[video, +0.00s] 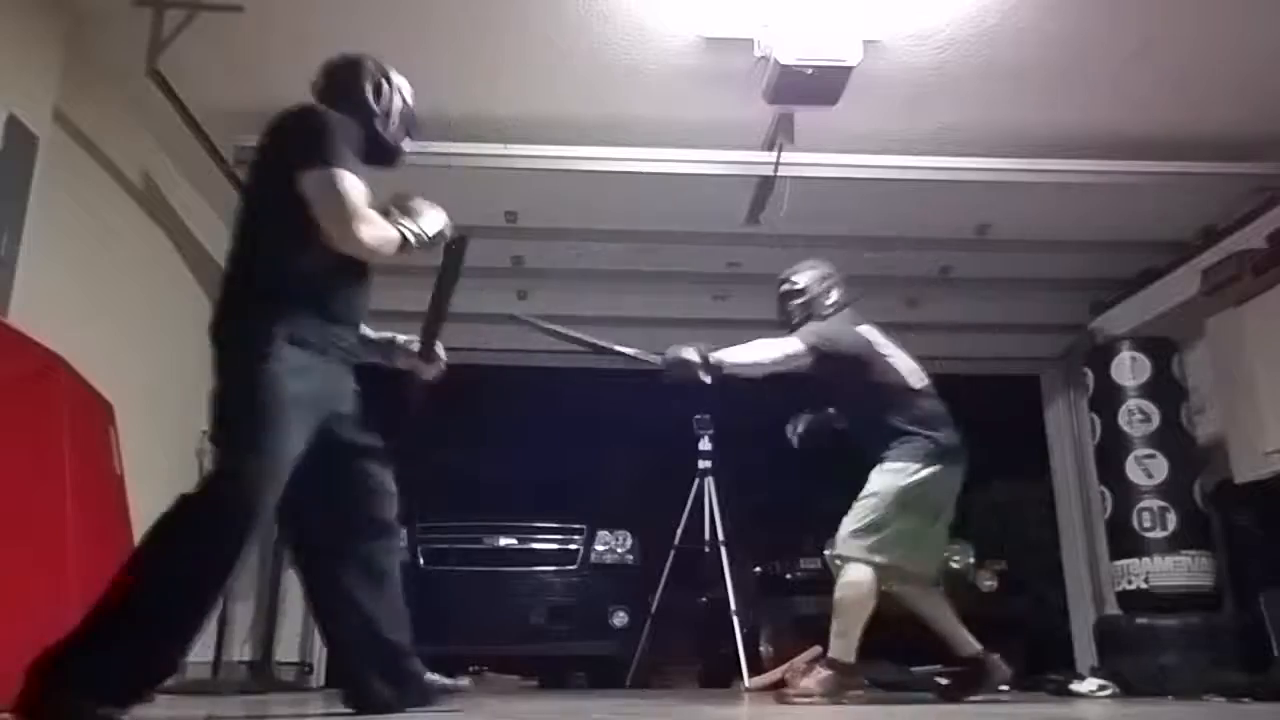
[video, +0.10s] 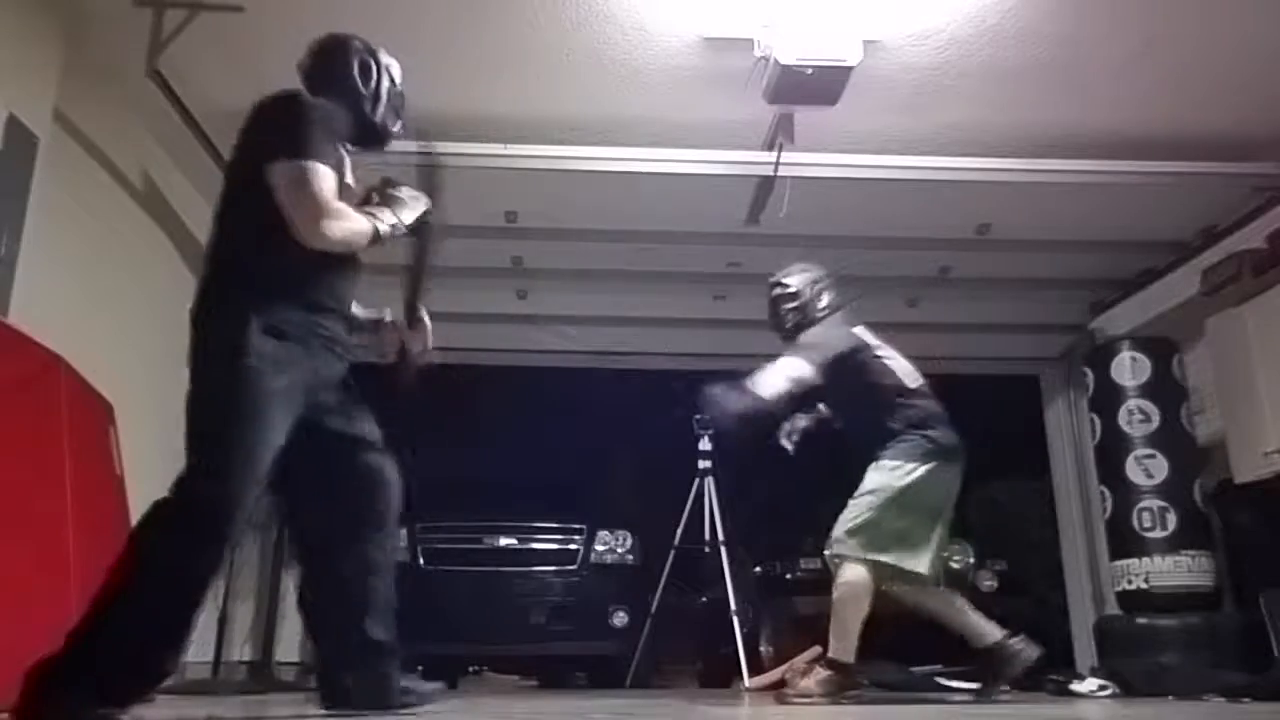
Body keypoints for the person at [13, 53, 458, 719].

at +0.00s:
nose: (397, 136)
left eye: (401, 123)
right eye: (395, 118)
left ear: (347, 97)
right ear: (372, 99)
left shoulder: (335, 160)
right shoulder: (311, 129)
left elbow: (324, 319)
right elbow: (352, 229)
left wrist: (396, 355)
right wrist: (414, 227)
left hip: (329, 362)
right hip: (278, 350)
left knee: (358, 512)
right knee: (238, 504)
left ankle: (385, 677)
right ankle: (79, 683)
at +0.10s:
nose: (387, 117)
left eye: (390, 103)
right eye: (386, 99)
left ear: (338, 81)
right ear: (361, 83)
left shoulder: (332, 152)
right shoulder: (295, 117)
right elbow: (318, 224)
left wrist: (377, 327)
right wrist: (382, 218)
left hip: (318, 354)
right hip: (256, 341)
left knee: (365, 489)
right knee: (215, 502)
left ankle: (362, 674)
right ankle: (77, 687)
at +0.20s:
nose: (390, 103)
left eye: (394, 89)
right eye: (388, 86)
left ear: (338, 70)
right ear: (361, 71)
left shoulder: (333, 146)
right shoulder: (291, 105)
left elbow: (321, 253)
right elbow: (300, 217)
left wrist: (382, 313)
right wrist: (387, 218)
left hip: (315, 348)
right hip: (253, 332)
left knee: (364, 501)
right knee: (220, 493)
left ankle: (300, 673)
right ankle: (72, 687)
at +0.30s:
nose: (393, 97)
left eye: (397, 83)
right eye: (392, 81)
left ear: (338, 64)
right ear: (368, 66)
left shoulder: (330, 140)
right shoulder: (297, 98)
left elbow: (311, 289)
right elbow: (314, 211)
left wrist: (376, 317)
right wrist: (406, 205)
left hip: (309, 335)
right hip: (253, 321)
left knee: (363, 474)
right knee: (213, 481)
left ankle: (294, 668)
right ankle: (62, 687)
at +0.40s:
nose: (399, 100)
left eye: (403, 87)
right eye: (397, 83)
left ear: (346, 64)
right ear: (371, 65)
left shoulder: (336, 137)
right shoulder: (304, 94)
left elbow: (314, 285)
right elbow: (328, 205)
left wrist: (385, 305)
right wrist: (423, 201)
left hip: (316, 337)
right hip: (259, 321)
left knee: (384, 474)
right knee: (208, 481)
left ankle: (333, 663)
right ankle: (62, 689)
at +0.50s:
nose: (406, 118)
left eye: (410, 106)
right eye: (404, 100)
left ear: (367, 83)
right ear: (377, 78)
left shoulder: (356, 155)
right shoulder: (316, 101)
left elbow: (337, 291)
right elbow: (324, 199)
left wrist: (419, 309)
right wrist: (406, 222)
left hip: (332, 342)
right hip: (273, 327)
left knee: (379, 479)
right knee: (232, 472)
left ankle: (369, 681)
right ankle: (69, 677)